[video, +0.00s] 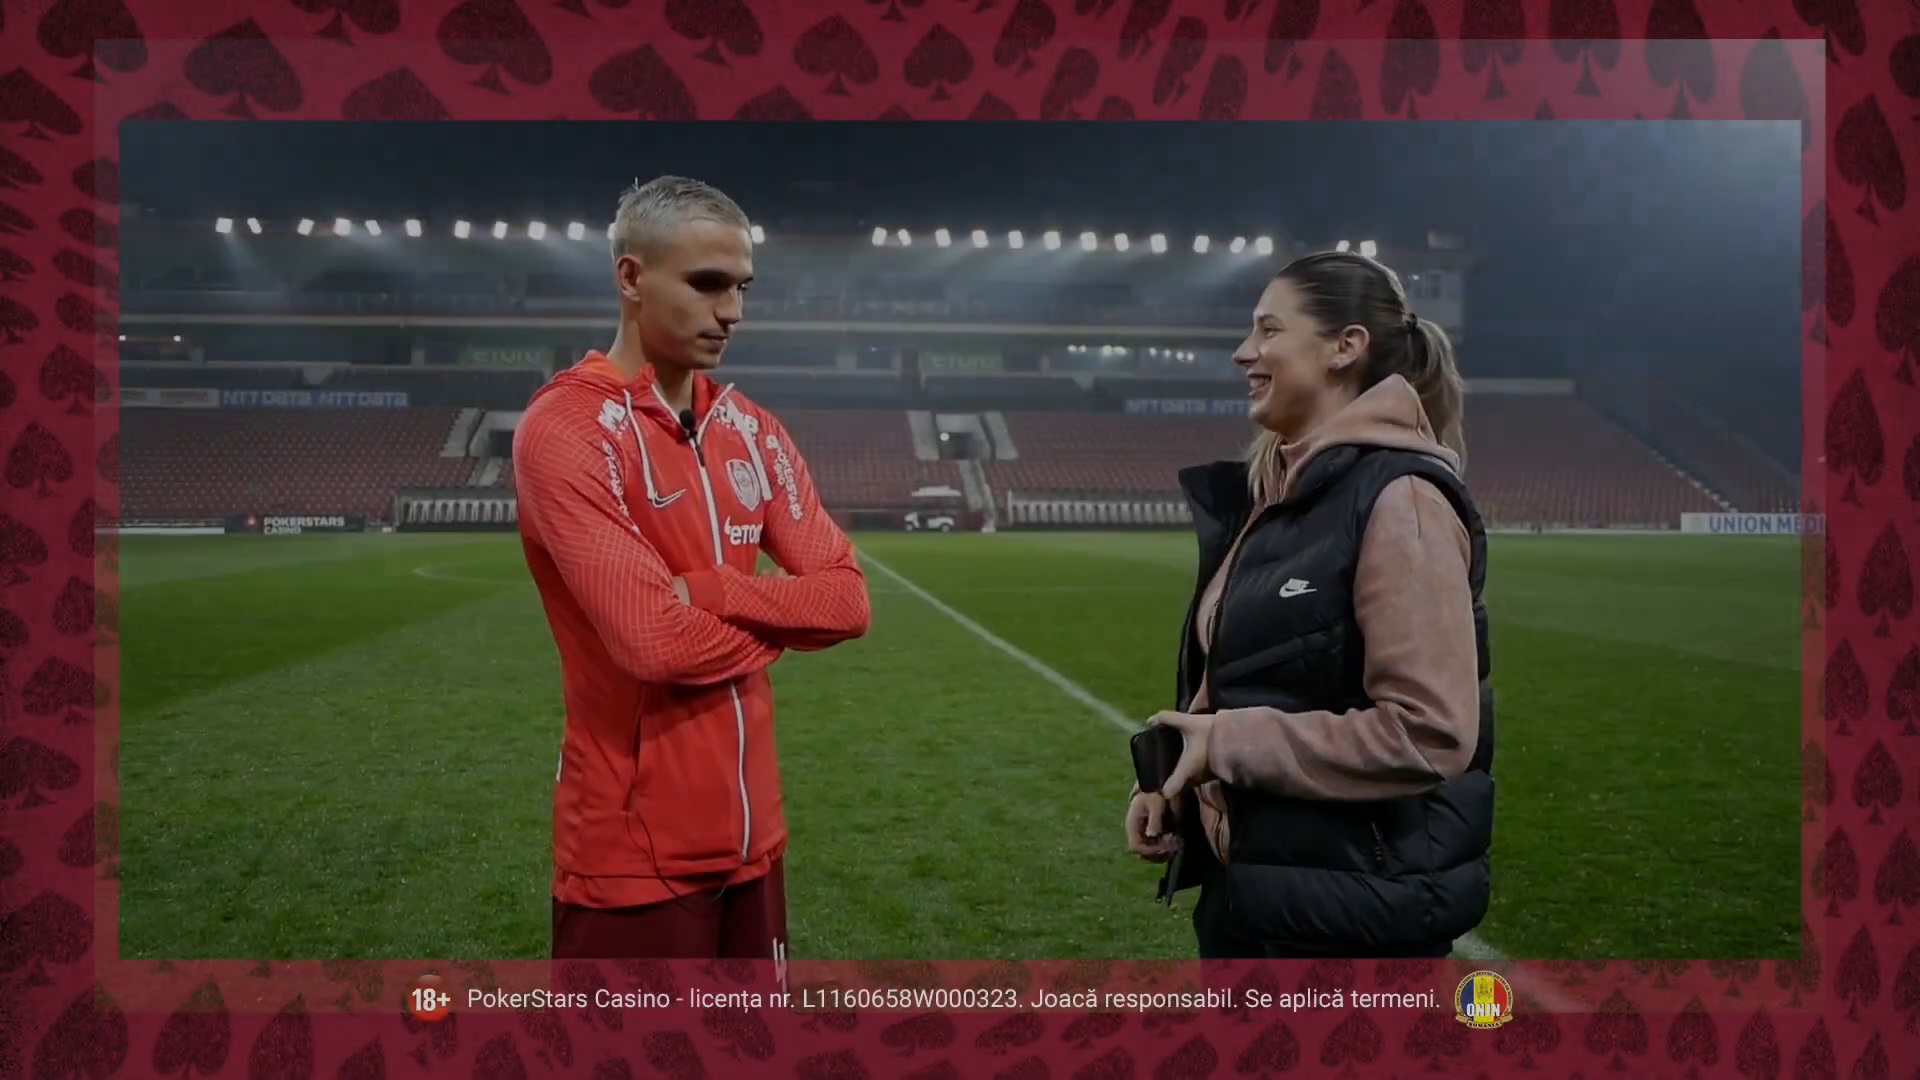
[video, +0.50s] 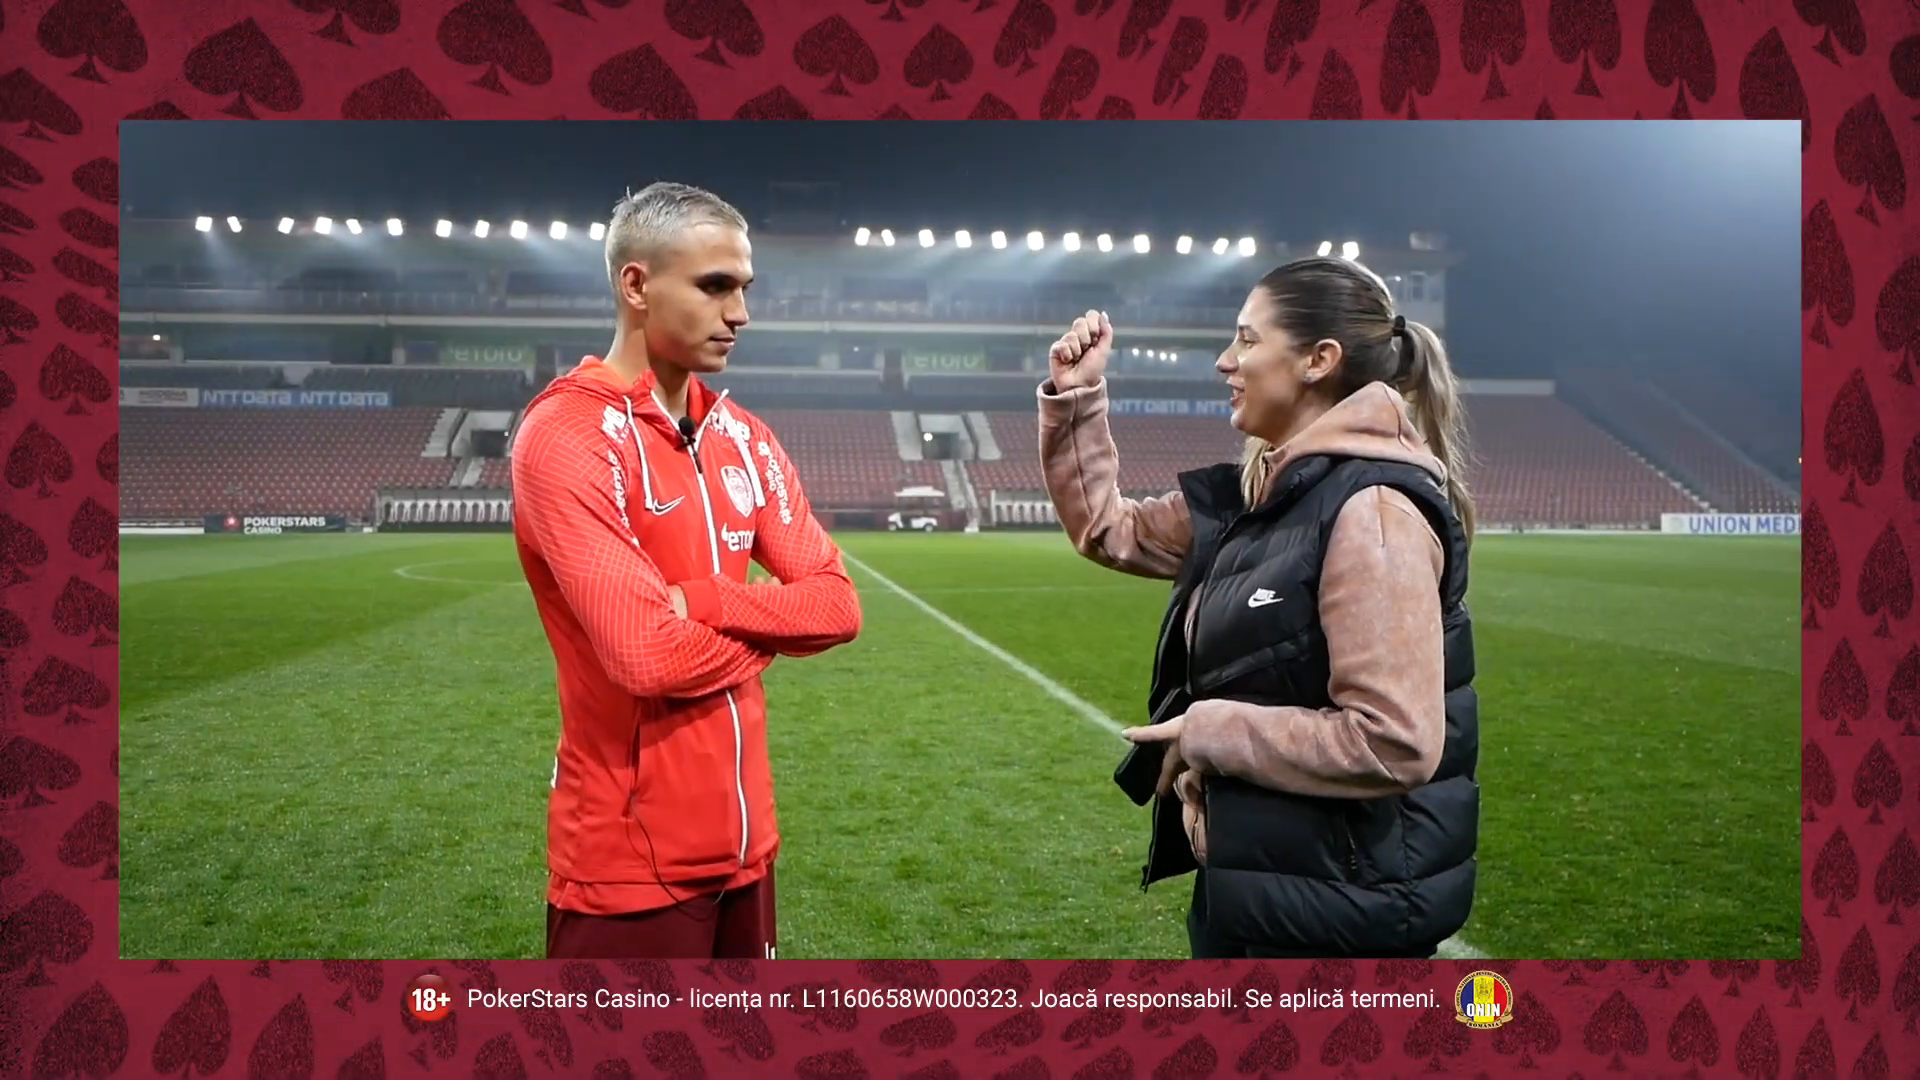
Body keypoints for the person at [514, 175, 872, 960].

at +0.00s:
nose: (732, 312)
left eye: (741, 289)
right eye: (708, 284)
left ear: (748, 287)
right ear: (630, 277)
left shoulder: (753, 429)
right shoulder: (563, 430)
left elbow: (847, 603)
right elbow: (651, 647)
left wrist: (703, 588)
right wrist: (775, 624)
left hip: (748, 835)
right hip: (630, 845)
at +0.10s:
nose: (729, 315)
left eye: (739, 292)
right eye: (705, 287)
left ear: (746, 290)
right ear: (628, 276)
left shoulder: (749, 430)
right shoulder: (561, 429)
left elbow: (842, 604)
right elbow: (651, 645)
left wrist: (699, 587)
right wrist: (772, 621)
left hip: (743, 836)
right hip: (628, 847)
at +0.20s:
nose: (731, 314)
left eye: (741, 291)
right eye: (707, 287)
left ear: (747, 288)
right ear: (630, 280)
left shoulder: (747, 432)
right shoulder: (563, 429)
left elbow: (835, 606)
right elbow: (640, 652)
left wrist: (692, 594)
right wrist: (768, 628)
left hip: (741, 834)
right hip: (627, 846)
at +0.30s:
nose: (734, 315)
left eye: (742, 292)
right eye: (711, 287)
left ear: (747, 290)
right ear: (632, 281)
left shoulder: (744, 432)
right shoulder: (561, 433)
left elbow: (833, 608)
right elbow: (641, 657)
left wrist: (687, 597)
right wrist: (764, 631)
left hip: (740, 834)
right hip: (626, 848)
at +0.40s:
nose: (736, 316)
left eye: (742, 292)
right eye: (713, 288)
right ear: (633, 283)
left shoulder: (744, 433)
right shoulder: (559, 436)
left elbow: (833, 609)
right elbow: (648, 659)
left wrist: (691, 598)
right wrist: (767, 629)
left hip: (740, 837)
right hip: (627, 850)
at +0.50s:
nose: (740, 314)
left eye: (744, 290)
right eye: (715, 286)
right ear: (635, 285)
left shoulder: (744, 436)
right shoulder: (562, 438)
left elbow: (837, 607)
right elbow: (646, 659)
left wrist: (695, 600)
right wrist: (769, 627)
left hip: (741, 839)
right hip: (628, 853)